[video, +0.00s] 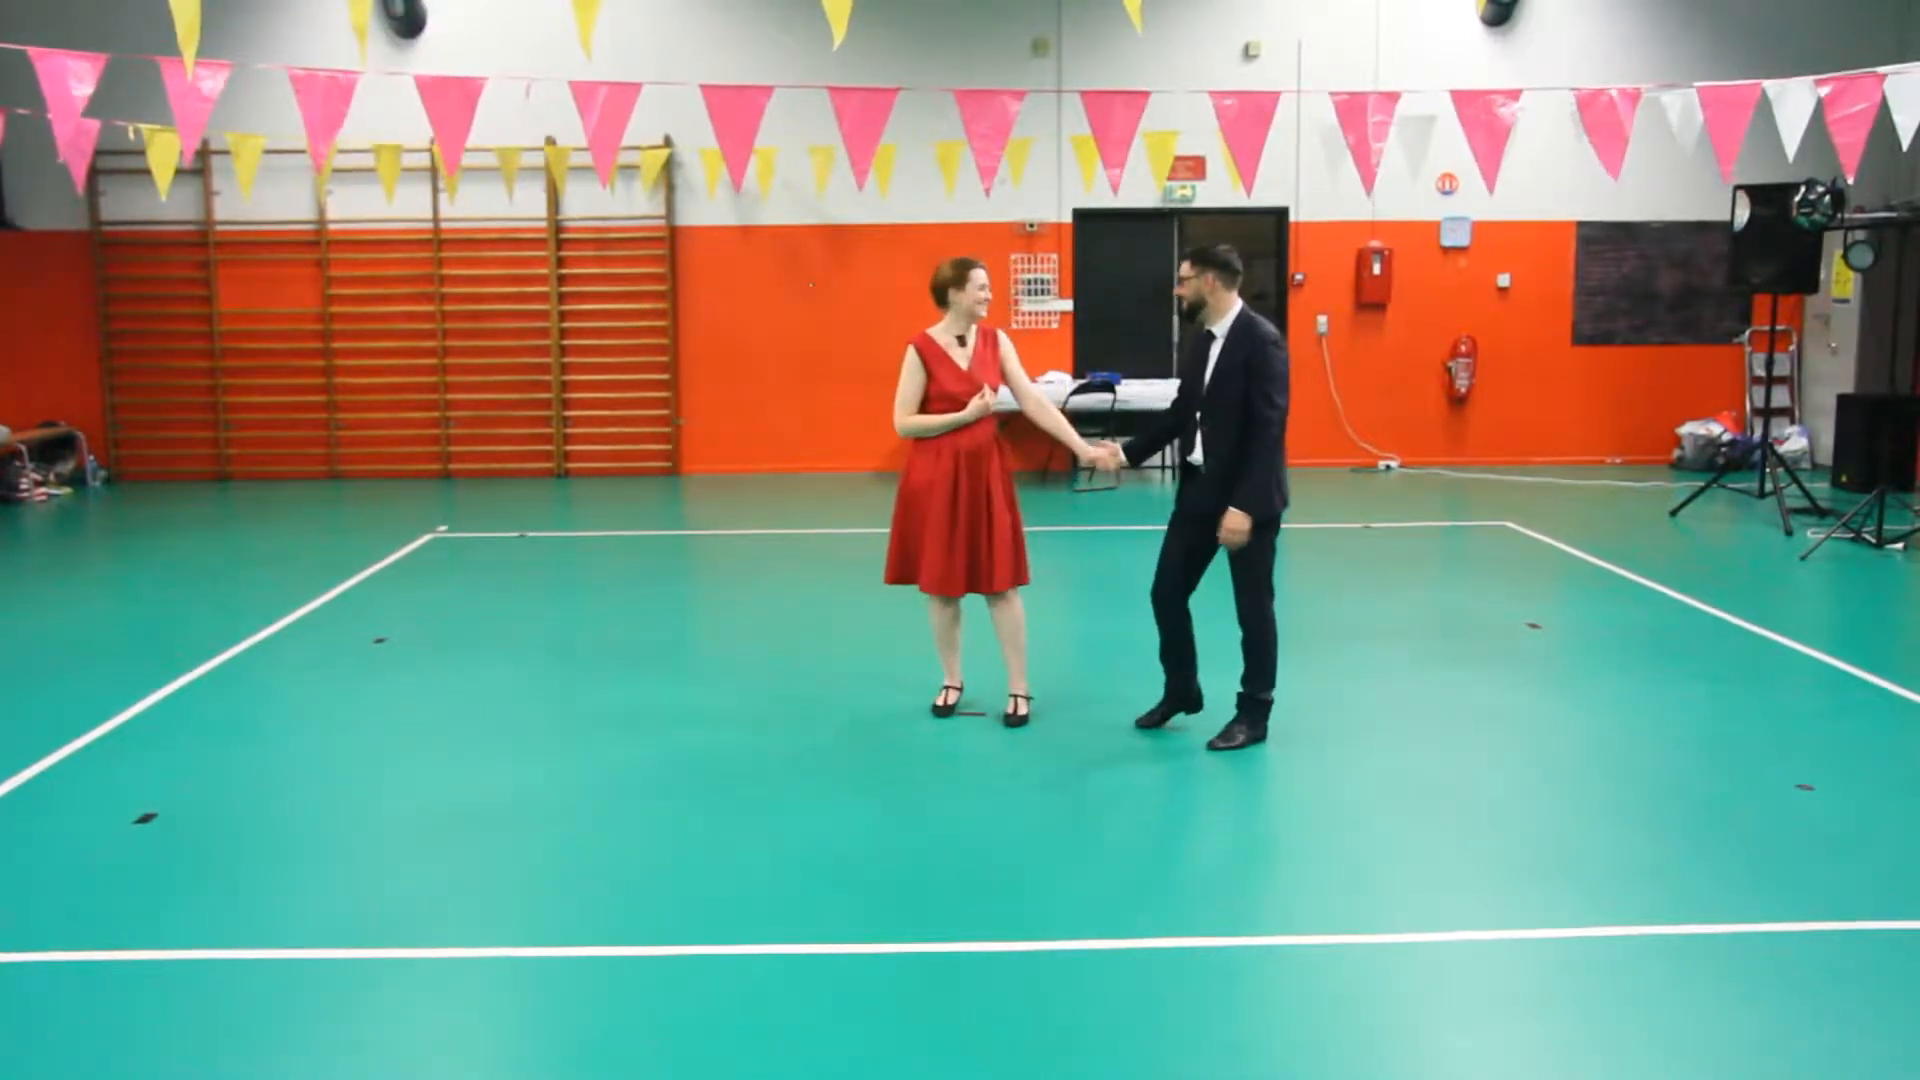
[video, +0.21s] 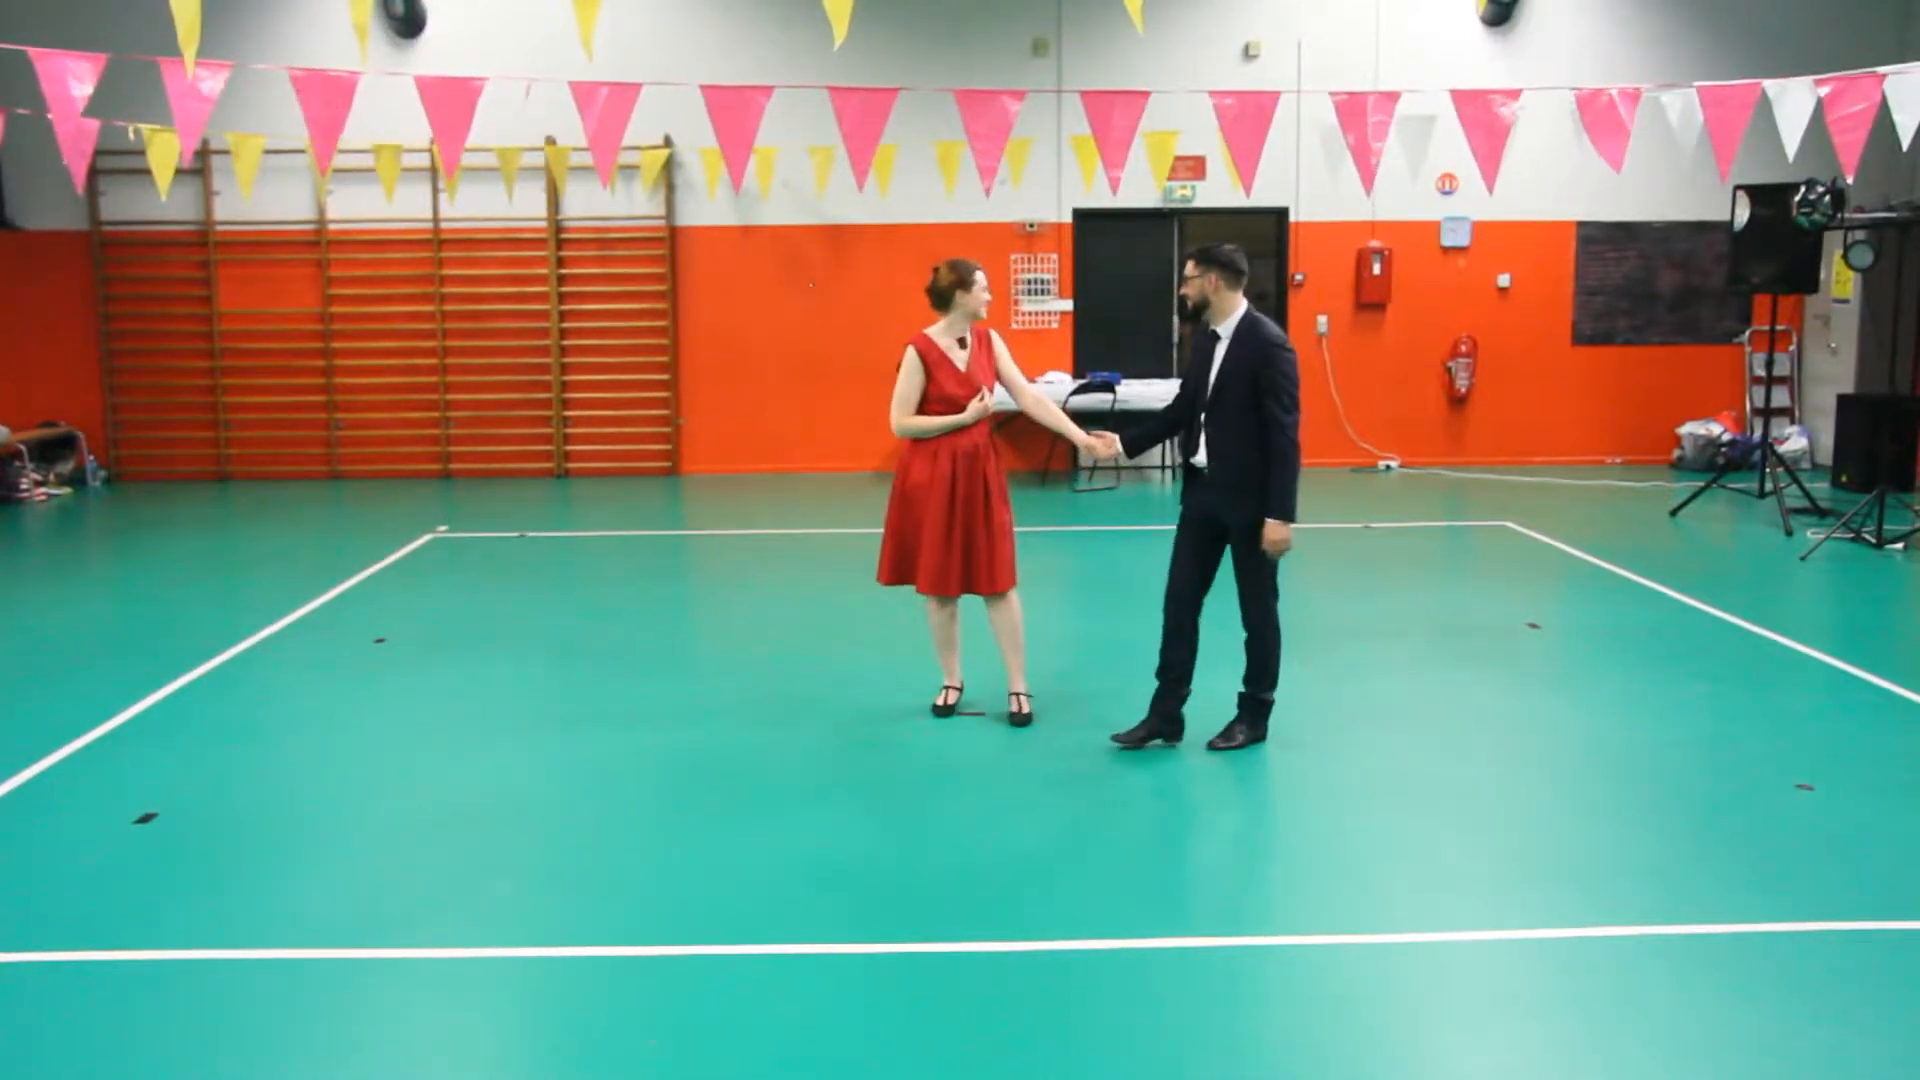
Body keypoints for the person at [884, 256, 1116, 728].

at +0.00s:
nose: (987, 296)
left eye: (988, 288)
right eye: (979, 288)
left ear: (982, 294)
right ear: (951, 293)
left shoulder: (996, 341)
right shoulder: (921, 349)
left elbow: (1033, 402)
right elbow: (904, 423)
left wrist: (1083, 448)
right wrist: (967, 414)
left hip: (986, 476)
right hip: (937, 478)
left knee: (1000, 585)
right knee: (943, 587)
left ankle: (1018, 688)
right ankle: (951, 682)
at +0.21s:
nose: (989, 297)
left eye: (987, 289)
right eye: (982, 290)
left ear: (966, 295)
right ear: (958, 295)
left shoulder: (988, 341)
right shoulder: (920, 349)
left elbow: (1030, 399)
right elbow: (901, 424)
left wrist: (1081, 438)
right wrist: (966, 417)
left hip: (981, 476)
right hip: (932, 479)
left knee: (999, 585)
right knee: (940, 588)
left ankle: (1018, 687)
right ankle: (951, 682)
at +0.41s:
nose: (991, 297)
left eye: (989, 290)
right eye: (985, 291)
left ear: (966, 296)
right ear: (961, 297)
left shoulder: (988, 341)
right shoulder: (921, 349)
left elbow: (1027, 398)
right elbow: (901, 424)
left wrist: (1077, 438)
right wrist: (966, 418)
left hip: (982, 474)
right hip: (935, 478)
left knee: (1001, 584)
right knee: (941, 587)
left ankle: (1016, 686)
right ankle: (951, 682)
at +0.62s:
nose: (994, 298)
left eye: (993, 291)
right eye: (986, 291)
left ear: (979, 295)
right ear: (959, 296)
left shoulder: (995, 340)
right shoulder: (925, 348)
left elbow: (1028, 401)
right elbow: (905, 423)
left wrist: (1071, 444)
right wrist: (970, 417)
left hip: (989, 475)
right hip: (939, 478)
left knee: (1004, 584)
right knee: (943, 586)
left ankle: (1016, 687)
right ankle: (950, 682)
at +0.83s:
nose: (999, 295)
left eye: (1000, 287)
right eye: (991, 288)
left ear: (994, 294)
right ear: (963, 294)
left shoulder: (1007, 339)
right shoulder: (933, 347)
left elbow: (1035, 405)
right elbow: (915, 420)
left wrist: (1068, 452)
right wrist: (976, 415)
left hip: (1000, 473)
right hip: (949, 475)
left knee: (1009, 584)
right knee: (950, 584)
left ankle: (1016, 687)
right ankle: (951, 682)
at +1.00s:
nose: (1003, 293)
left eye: (1004, 286)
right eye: (995, 286)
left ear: (1001, 292)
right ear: (967, 292)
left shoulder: (1015, 339)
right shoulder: (939, 347)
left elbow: (1039, 407)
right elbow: (922, 421)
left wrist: (1066, 467)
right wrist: (981, 413)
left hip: (1009, 472)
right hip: (956, 474)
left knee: (1014, 584)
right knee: (955, 584)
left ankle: (1016, 687)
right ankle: (951, 683)